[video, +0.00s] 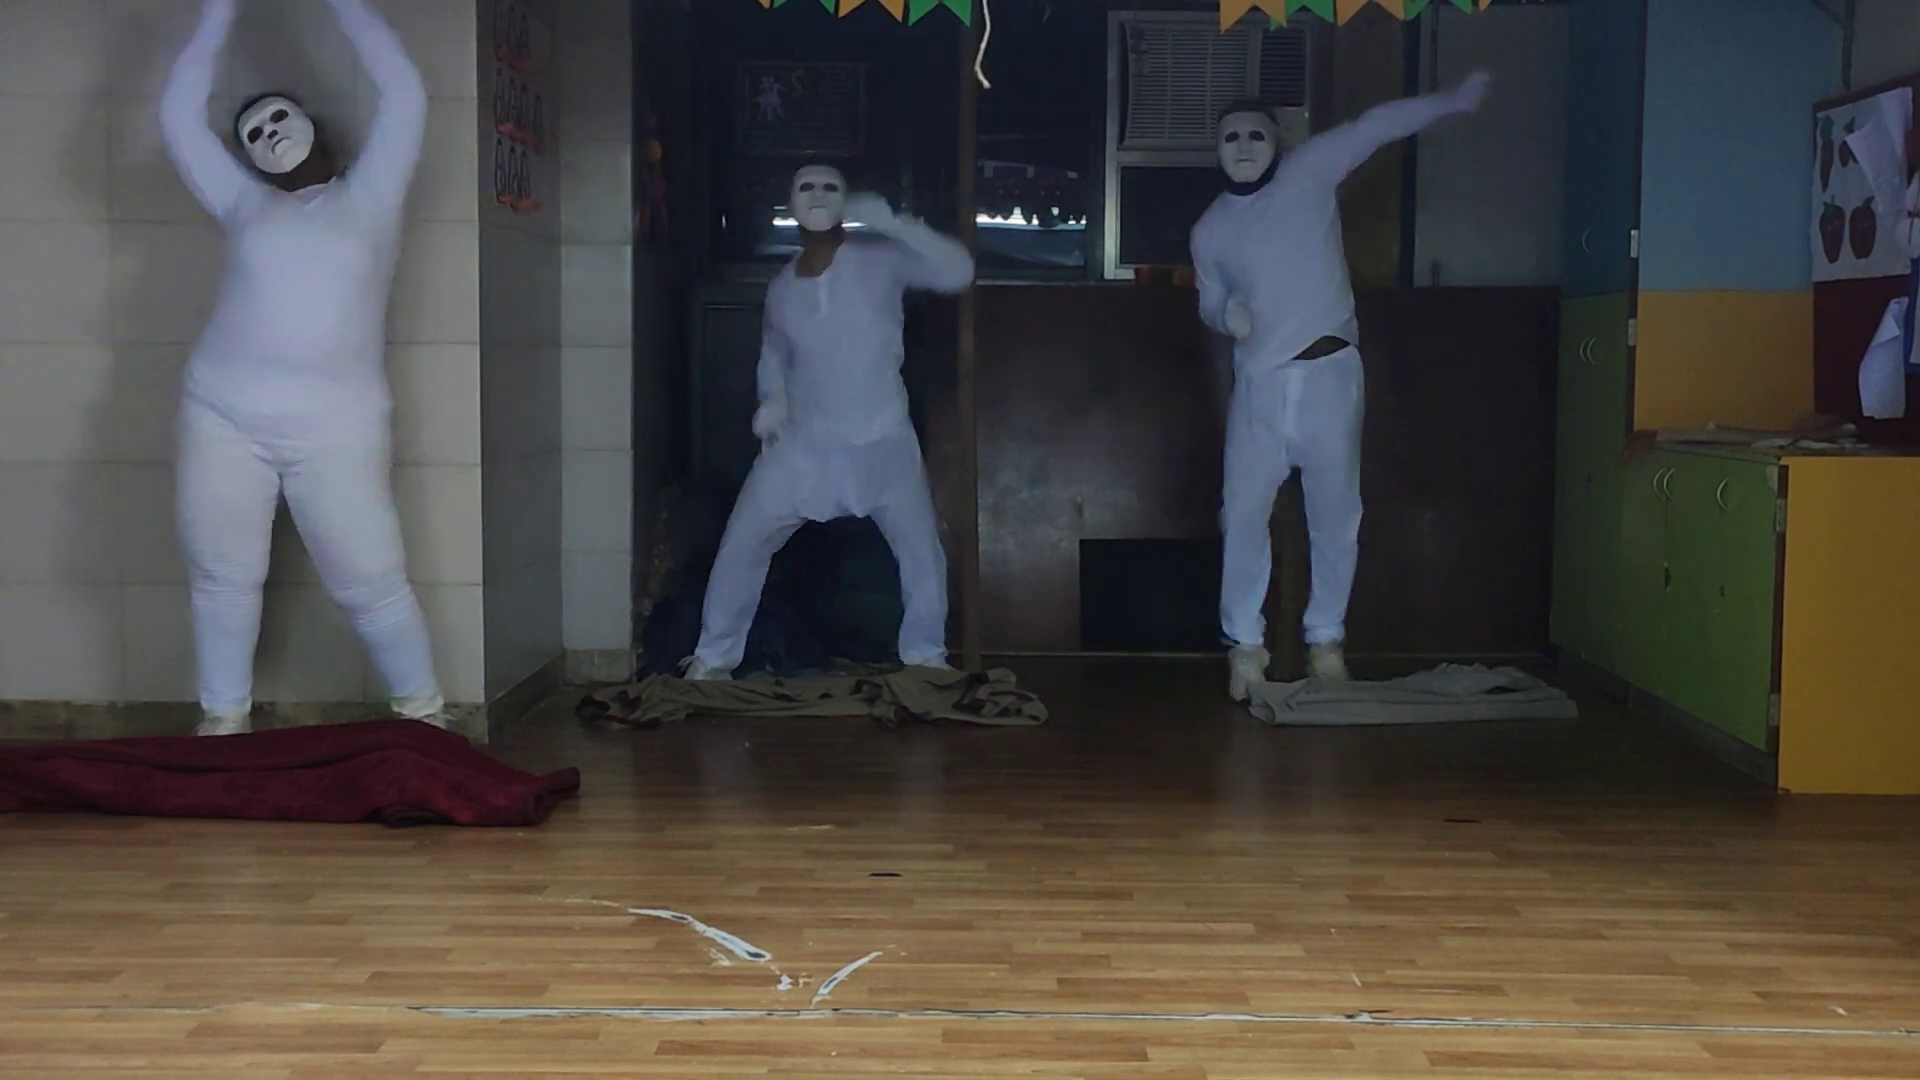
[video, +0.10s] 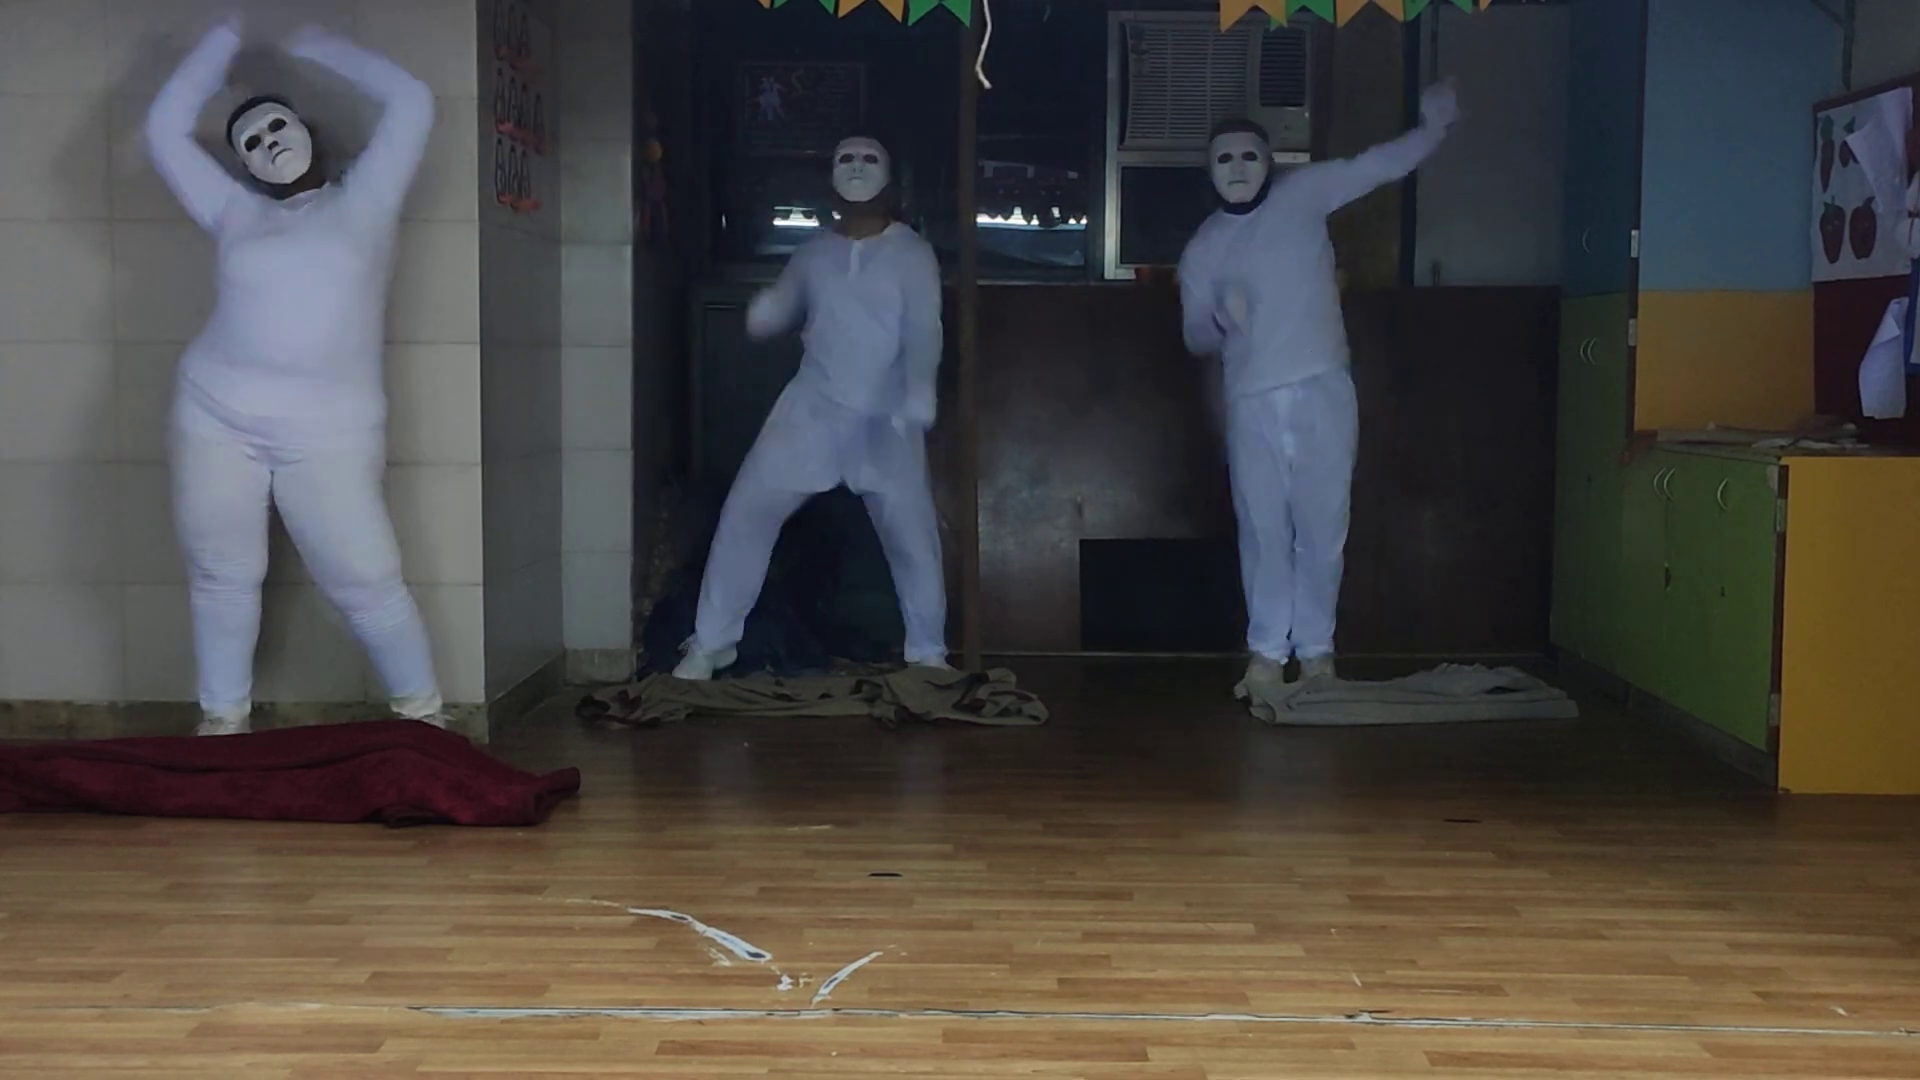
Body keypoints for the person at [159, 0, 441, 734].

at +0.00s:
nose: (270, 129)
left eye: (279, 114)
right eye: (256, 129)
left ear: (312, 120)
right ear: (249, 154)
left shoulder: (367, 199)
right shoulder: (245, 206)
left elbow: (403, 94)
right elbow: (180, 117)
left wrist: (349, 9)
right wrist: (216, 19)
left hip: (336, 424)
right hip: (226, 421)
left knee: (372, 583)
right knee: (224, 580)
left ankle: (424, 719)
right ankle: (222, 726)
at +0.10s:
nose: (270, 140)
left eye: (278, 125)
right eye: (253, 138)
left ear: (309, 131)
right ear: (242, 161)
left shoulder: (363, 202)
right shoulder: (235, 213)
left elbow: (413, 102)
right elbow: (166, 133)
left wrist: (322, 47)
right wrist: (220, 41)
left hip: (328, 431)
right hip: (219, 424)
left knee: (368, 584)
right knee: (222, 579)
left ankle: (423, 718)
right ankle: (222, 724)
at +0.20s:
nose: (275, 118)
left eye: (285, 104)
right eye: (258, 115)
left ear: (317, 111)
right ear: (245, 135)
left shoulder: (368, 188)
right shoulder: (229, 192)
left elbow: (457, 117)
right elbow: (129, 135)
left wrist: (419, 14)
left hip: (338, 413)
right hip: (231, 411)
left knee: (376, 567)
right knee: (232, 568)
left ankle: (430, 714)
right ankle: (222, 725)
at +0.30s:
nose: (297, 105)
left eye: (313, 95)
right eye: (284, 93)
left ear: (336, 112)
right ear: (262, 106)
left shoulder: (374, 182)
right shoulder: (225, 177)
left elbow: (483, 159)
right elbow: (115, 173)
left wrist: (562, 103)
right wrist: (18, 167)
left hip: (362, 396)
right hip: (251, 398)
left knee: (388, 559)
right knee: (239, 565)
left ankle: (420, 716)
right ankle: (221, 720)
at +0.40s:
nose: (319, 130)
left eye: (339, 127)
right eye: (313, 114)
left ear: (357, 147)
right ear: (289, 118)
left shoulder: (376, 203)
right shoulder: (227, 201)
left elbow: (472, 258)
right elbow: (146, 274)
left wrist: (563, 292)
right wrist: (52, 318)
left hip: (383, 411)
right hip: (275, 417)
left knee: (393, 563)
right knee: (237, 565)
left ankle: (415, 711)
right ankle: (226, 717)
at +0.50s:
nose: (333, 161)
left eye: (352, 163)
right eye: (330, 144)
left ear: (363, 183)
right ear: (304, 143)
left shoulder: (377, 239)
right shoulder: (244, 237)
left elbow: (429, 338)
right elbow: (217, 341)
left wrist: (462, 431)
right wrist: (182, 436)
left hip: (395, 428)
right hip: (290, 442)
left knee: (407, 578)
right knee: (239, 580)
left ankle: (414, 715)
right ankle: (231, 716)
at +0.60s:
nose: (326, 158)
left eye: (345, 160)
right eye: (322, 142)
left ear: (357, 180)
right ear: (299, 142)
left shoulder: (380, 233)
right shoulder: (242, 239)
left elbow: (434, 325)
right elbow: (232, 350)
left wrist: (485, 413)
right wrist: (228, 445)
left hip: (399, 421)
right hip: (292, 434)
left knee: (409, 574)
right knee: (243, 578)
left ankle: (414, 713)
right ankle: (235, 714)